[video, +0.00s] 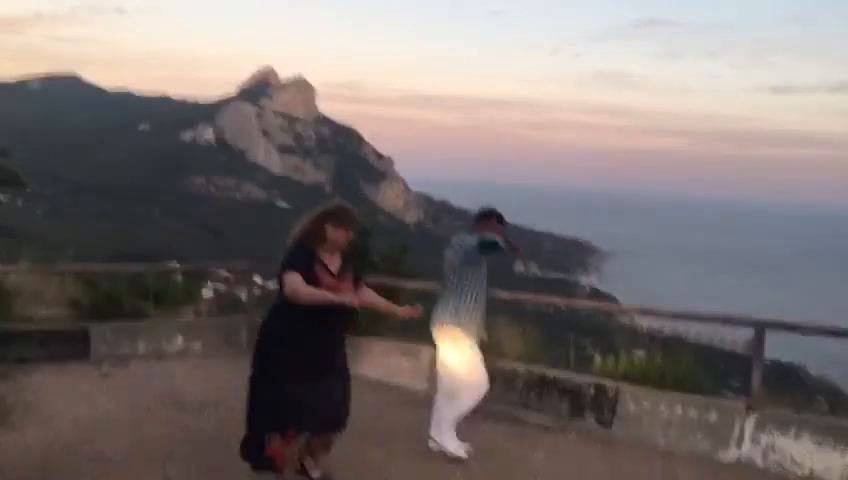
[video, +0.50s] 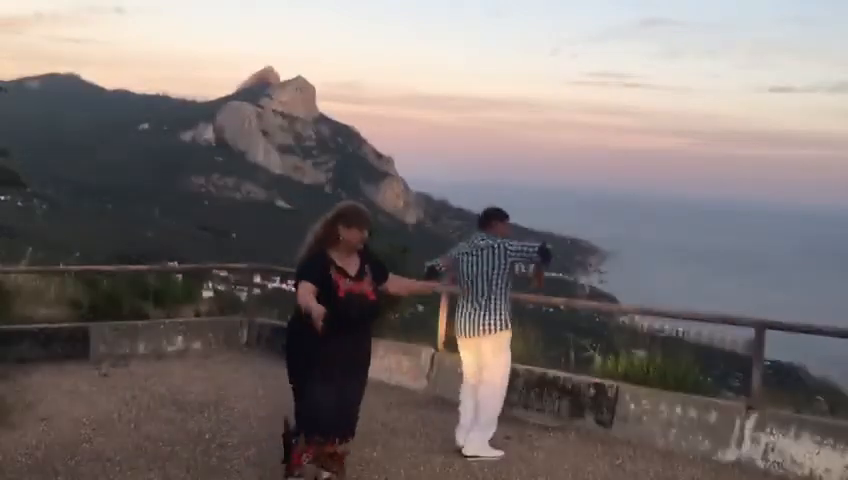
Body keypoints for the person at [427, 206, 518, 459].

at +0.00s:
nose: (497, 236)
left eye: (499, 232)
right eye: (496, 230)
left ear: (481, 226)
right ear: (484, 224)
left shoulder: (472, 248)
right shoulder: (461, 242)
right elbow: (487, 246)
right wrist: (503, 243)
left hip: (459, 327)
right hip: (453, 326)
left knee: (449, 385)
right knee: (477, 383)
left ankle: (439, 435)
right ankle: (443, 429)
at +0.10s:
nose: (501, 232)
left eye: (503, 228)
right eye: (499, 227)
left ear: (482, 221)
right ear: (487, 222)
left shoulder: (461, 246)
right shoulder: (472, 241)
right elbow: (499, 242)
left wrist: (483, 322)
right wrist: (511, 244)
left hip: (449, 323)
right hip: (465, 326)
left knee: (448, 385)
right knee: (483, 384)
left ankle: (441, 437)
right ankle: (470, 439)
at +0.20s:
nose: (506, 228)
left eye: (506, 224)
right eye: (503, 223)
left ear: (482, 221)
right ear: (489, 220)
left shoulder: (458, 247)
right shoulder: (486, 241)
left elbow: (444, 272)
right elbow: (517, 242)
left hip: (452, 326)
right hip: (476, 325)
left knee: (453, 384)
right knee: (485, 386)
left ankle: (442, 437)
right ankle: (478, 444)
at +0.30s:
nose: (507, 228)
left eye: (508, 223)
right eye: (506, 223)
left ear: (481, 220)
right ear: (495, 220)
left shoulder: (459, 247)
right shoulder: (491, 241)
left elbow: (449, 272)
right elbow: (528, 240)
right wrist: (520, 245)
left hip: (458, 323)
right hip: (483, 323)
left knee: (464, 382)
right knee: (488, 385)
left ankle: (452, 435)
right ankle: (477, 444)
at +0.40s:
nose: (509, 228)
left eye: (509, 223)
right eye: (506, 223)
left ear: (483, 222)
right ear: (495, 222)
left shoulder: (461, 247)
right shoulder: (496, 244)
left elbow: (448, 270)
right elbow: (537, 245)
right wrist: (529, 265)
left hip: (461, 324)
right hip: (488, 324)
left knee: (470, 380)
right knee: (490, 383)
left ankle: (463, 436)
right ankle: (478, 444)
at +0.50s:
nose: (508, 229)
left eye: (507, 225)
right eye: (505, 225)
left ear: (481, 225)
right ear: (496, 225)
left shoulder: (463, 248)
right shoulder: (502, 247)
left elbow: (432, 267)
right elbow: (544, 252)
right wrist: (538, 277)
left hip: (464, 322)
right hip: (494, 322)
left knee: (471, 380)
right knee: (494, 383)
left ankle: (463, 436)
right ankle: (477, 443)